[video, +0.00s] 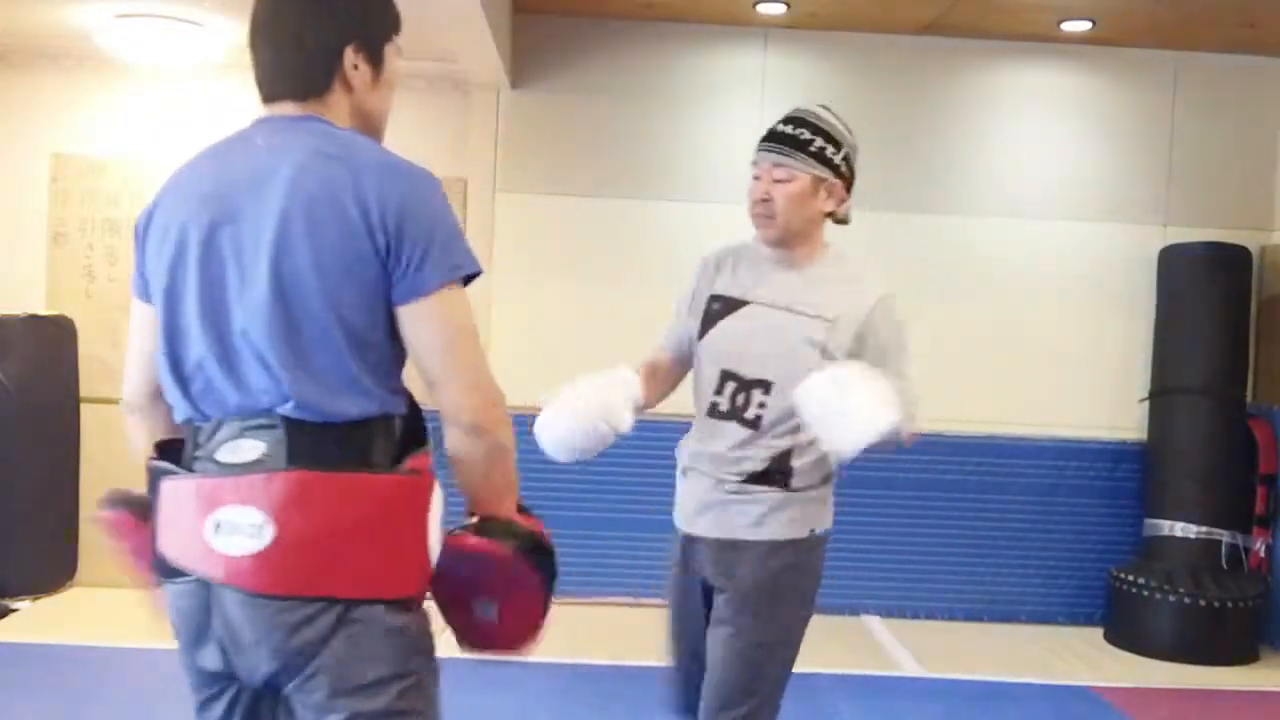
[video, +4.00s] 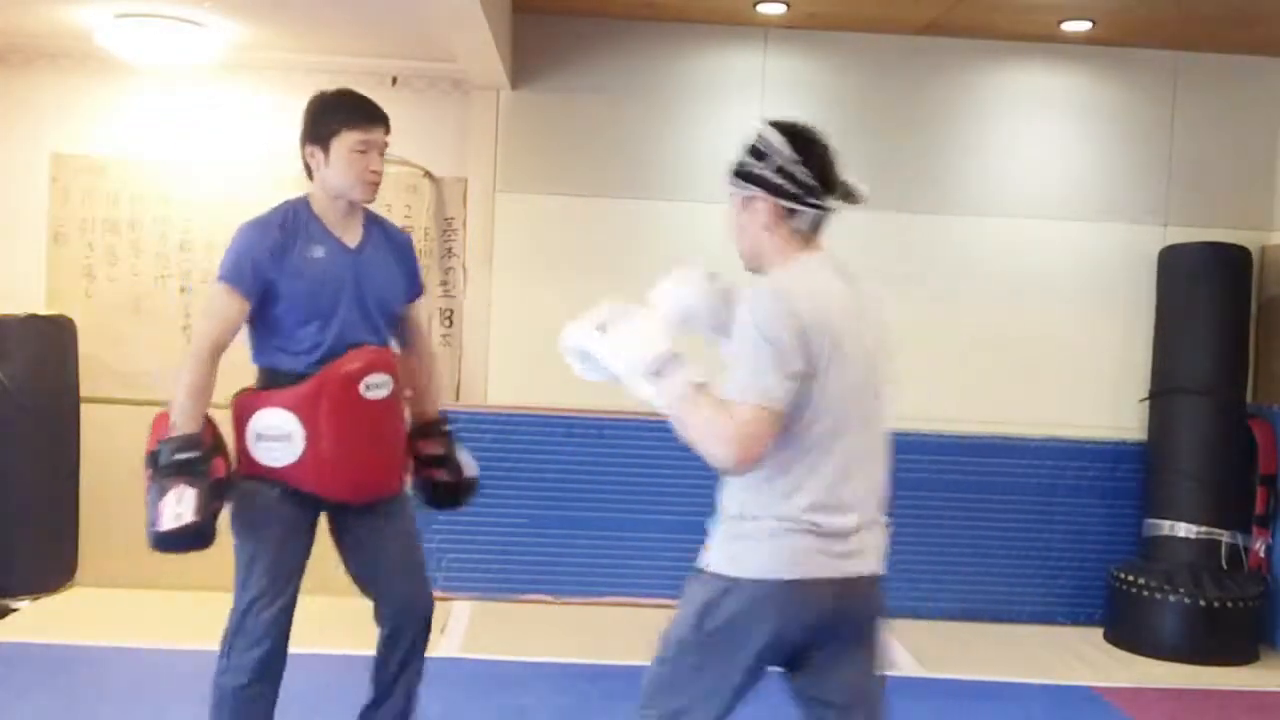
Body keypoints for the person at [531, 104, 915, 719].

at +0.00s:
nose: (762, 190)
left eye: (783, 177)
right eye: (757, 175)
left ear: (833, 195)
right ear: (747, 183)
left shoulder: (861, 299)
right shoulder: (719, 271)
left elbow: (904, 423)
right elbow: (664, 365)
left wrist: (870, 411)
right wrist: (609, 401)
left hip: (777, 542)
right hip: (696, 530)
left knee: (731, 709)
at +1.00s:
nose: (748, 234)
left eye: (770, 220)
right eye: (739, 217)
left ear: (810, 242)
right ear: (726, 230)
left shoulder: (839, 336)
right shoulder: (703, 327)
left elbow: (843, 477)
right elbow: (643, 439)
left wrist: (795, 365)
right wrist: (613, 375)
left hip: (801, 579)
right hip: (715, 574)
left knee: (748, 709)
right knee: (741, 707)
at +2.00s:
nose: (664, 163)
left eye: (686, 142)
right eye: (663, 142)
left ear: (759, 149)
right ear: (678, 147)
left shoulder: (816, 285)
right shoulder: (654, 231)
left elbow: (774, 443)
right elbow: (604, 372)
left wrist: (713, 315)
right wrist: (492, 402)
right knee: (323, 500)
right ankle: (107, 513)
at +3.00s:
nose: (791, 220)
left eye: (801, 202)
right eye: (793, 202)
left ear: (847, 206)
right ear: (857, 206)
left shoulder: (832, 286)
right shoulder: (945, 292)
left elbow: (830, 443)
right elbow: (927, 432)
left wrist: (756, 410)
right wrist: (790, 390)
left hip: (851, 597)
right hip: (942, 591)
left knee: (734, 713)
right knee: (920, 713)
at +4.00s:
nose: (732, 222)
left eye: (737, 204)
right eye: (733, 204)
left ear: (765, 207)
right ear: (807, 212)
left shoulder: (776, 300)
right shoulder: (855, 295)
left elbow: (734, 444)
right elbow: (810, 393)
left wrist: (658, 366)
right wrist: (725, 318)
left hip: (756, 581)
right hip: (851, 583)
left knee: (667, 709)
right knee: (849, 710)